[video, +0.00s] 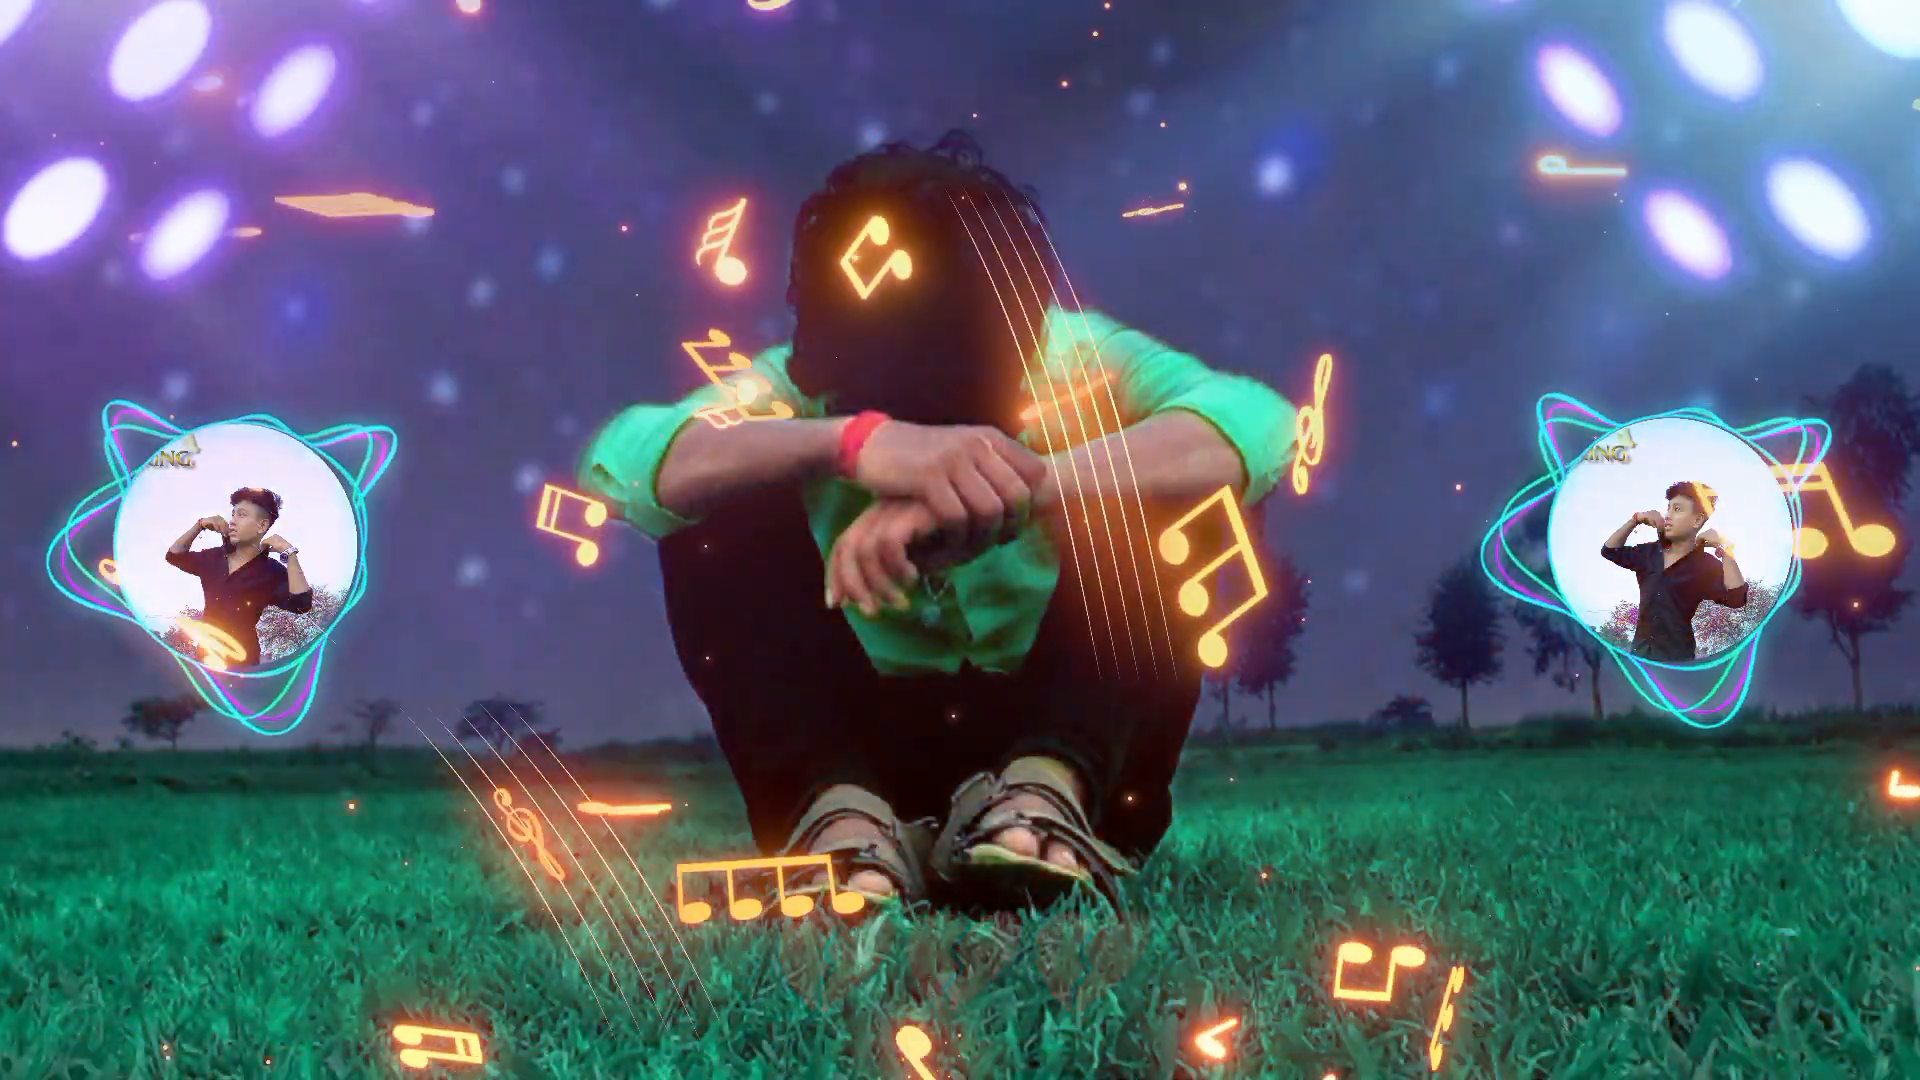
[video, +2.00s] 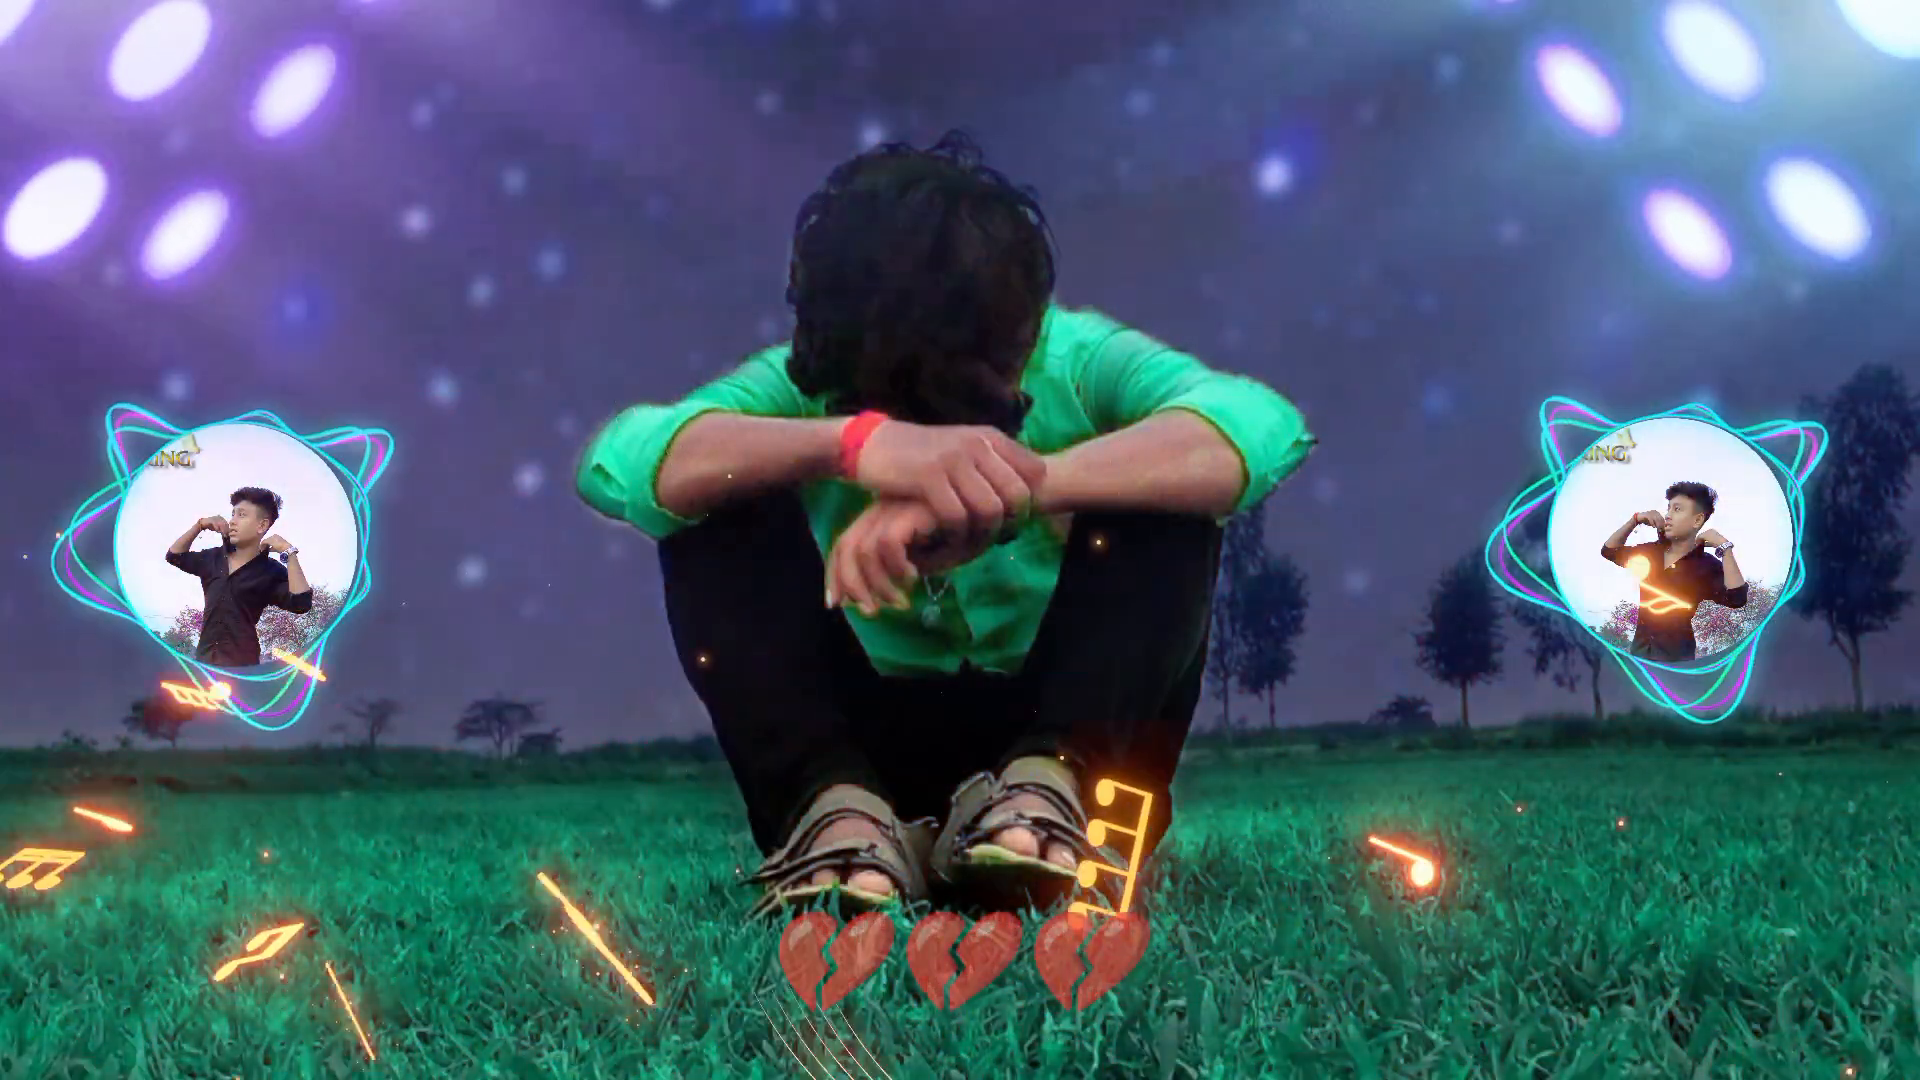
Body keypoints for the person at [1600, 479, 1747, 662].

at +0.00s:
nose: (1668, 515)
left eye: (1678, 509)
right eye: (1669, 508)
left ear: (1699, 520)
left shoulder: (1705, 565)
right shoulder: (1648, 553)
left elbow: (1737, 600)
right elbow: (1609, 551)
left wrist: (1725, 548)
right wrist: (1633, 521)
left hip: (1678, 659)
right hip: (1640, 654)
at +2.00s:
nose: (1667, 515)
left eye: (1677, 509)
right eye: (1669, 509)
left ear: (1698, 520)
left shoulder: (1706, 565)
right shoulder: (1651, 552)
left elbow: (1737, 600)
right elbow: (1609, 551)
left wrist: (1725, 547)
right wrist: (1634, 521)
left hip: (1677, 655)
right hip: (1640, 650)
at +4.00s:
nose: (1667, 515)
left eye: (1677, 509)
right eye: (1668, 509)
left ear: (1698, 520)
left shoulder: (1705, 564)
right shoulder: (1647, 553)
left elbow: (1737, 599)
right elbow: (1609, 551)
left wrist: (1725, 547)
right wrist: (1634, 520)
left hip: (1677, 658)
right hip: (1639, 653)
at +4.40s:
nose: (1667, 515)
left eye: (1677, 509)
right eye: (1668, 509)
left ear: (1698, 520)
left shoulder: (1705, 565)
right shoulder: (1647, 553)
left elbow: (1737, 599)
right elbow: (1609, 551)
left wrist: (1725, 547)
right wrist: (1634, 520)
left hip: (1677, 658)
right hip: (1639, 654)